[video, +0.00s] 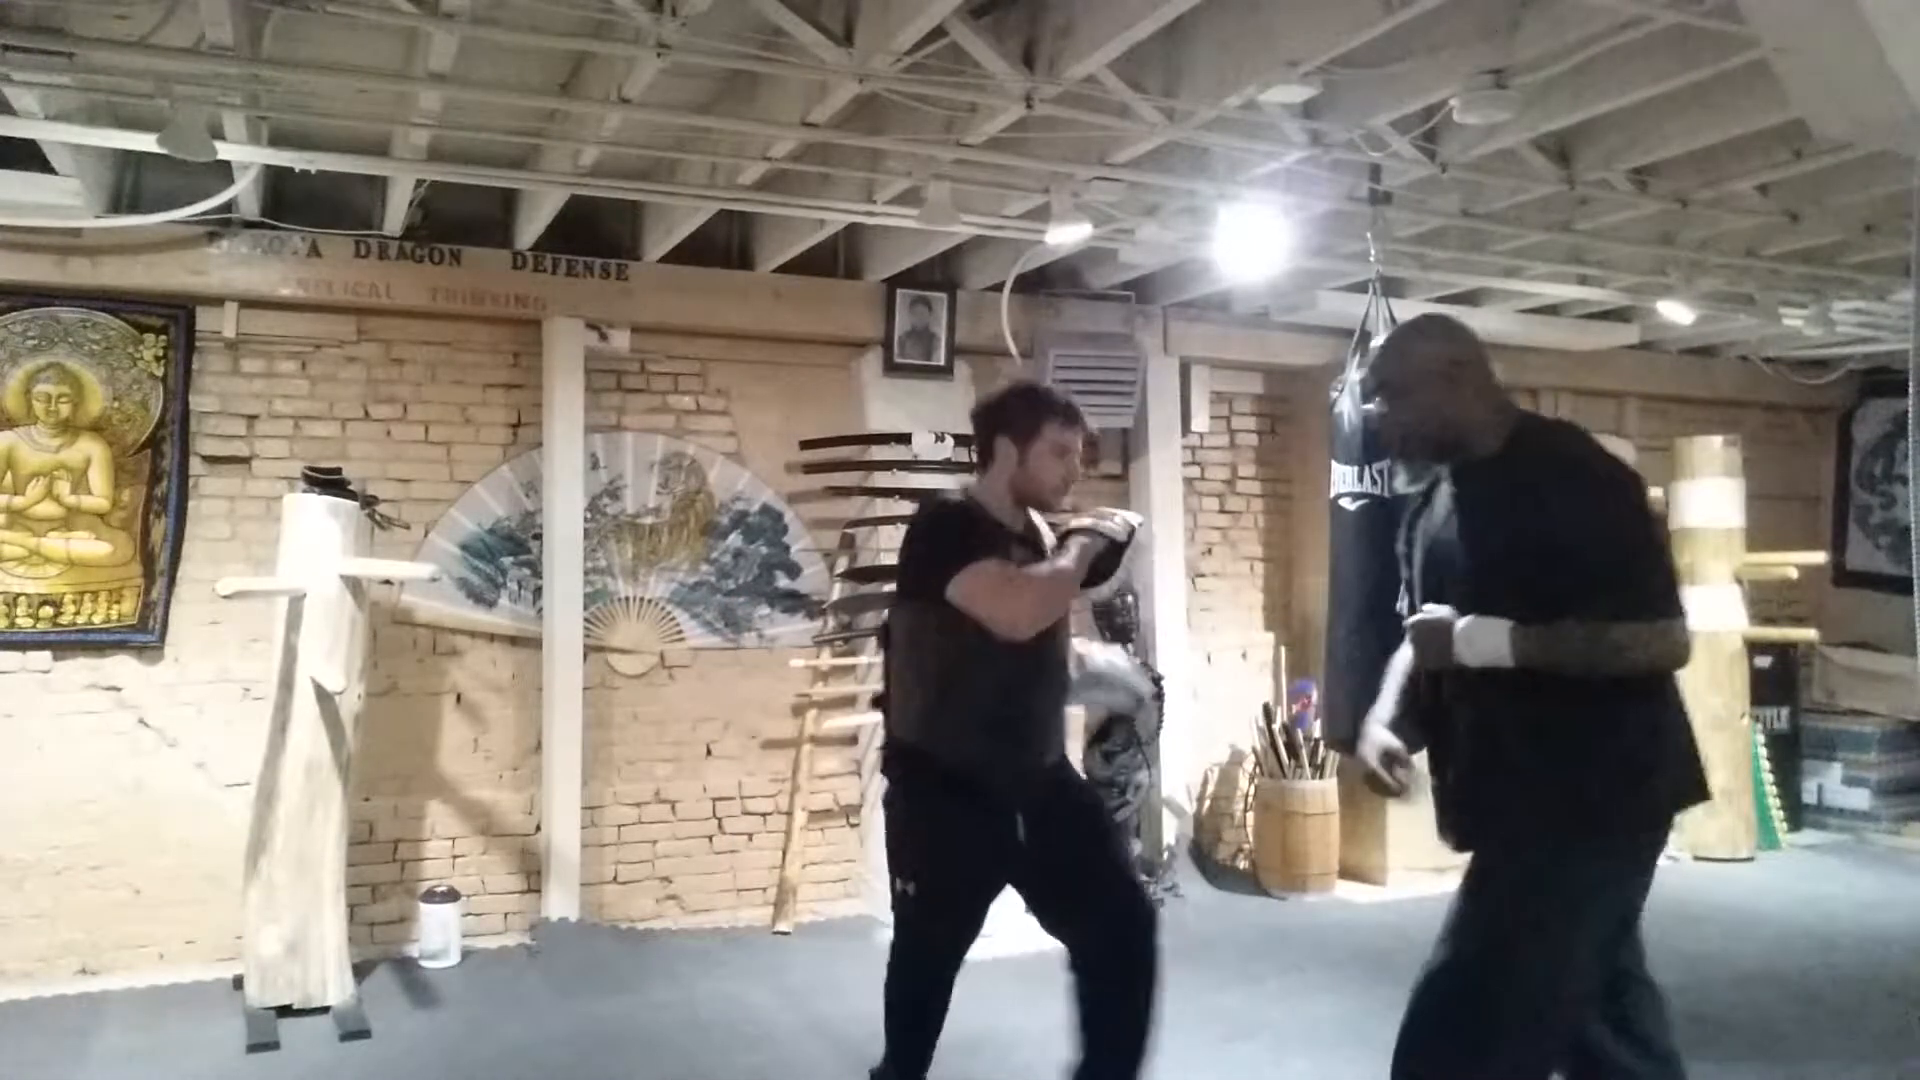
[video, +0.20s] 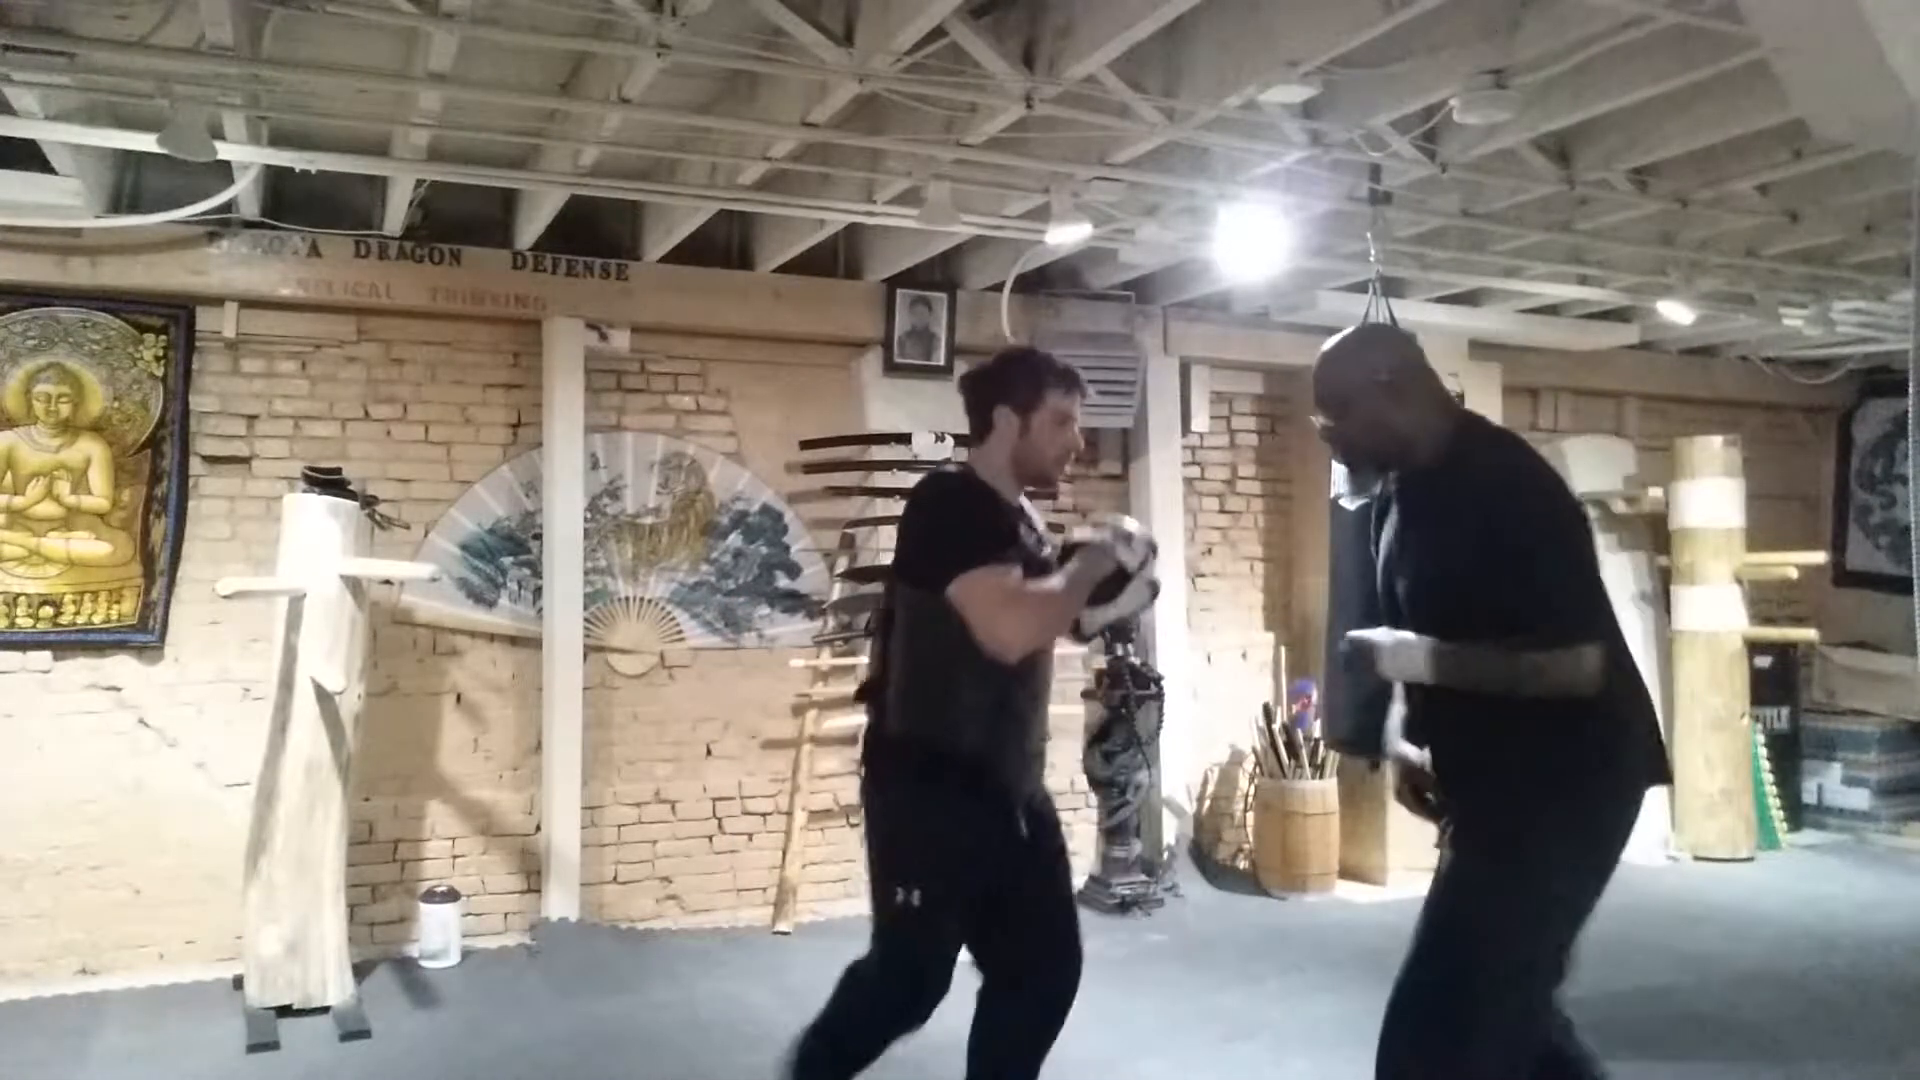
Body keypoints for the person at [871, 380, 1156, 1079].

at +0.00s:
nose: (1075, 471)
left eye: (1078, 457)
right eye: (1063, 452)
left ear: (1016, 454)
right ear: (1007, 448)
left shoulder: (1042, 538)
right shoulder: (941, 526)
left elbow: (1047, 645)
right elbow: (1012, 612)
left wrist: (1115, 674)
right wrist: (1082, 558)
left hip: (1037, 784)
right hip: (943, 789)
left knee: (1120, 926)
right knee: (928, 949)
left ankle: (1105, 1074)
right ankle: (901, 1070)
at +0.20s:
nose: (1078, 443)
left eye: (1079, 426)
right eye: (1066, 423)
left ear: (1015, 425)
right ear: (1009, 420)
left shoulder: (1018, 518)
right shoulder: (948, 501)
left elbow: (1029, 620)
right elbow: (1010, 629)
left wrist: (1092, 596)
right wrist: (1087, 570)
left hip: (1005, 787)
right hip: (925, 786)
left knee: (1039, 972)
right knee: (907, 978)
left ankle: (996, 1077)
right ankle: (812, 1067)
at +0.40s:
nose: (1047, 442)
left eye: (1046, 424)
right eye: (1037, 423)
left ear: (989, 422)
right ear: (982, 419)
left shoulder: (980, 521)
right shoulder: (909, 505)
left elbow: (999, 628)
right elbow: (941, 655)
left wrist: (1082, 591)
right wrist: (1039, 609)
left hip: (961, 816)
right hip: (879, 816)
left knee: (1005, 1017)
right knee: (812, 1023)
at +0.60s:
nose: (968, 463)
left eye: (969, 444)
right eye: (960, 441)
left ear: (900, 438)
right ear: (902, 435)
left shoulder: (888, 549)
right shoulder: (811, 526)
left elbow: (921, 648)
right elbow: (858, 682)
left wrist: (990, 592)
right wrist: (965, 606)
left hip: (879, 856)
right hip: (792, 859)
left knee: (944, 1026)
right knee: (736, 1063)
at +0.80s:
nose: (924, 435)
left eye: (924, 416)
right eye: (915, 412)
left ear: (862, 410)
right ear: (861, 407)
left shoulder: (856, 528)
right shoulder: (769, 501)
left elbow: (838, 656)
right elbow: (776, 669)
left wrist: (933, 640)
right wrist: (921, 646)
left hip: (854, 835)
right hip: (767, 842)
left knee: (930, 995)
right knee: (724, 1057)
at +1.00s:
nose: (928, 429)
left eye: (926, 409)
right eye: (919, 407)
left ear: (868, 404)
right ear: (867, 402)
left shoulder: (863, 530)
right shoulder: (786, 497)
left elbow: (841, 653)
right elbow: (787, 661)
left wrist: (932, 616)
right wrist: (939, 645)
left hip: (870, 831)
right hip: (790, 832)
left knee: (913, 1037)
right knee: (747, 1054)